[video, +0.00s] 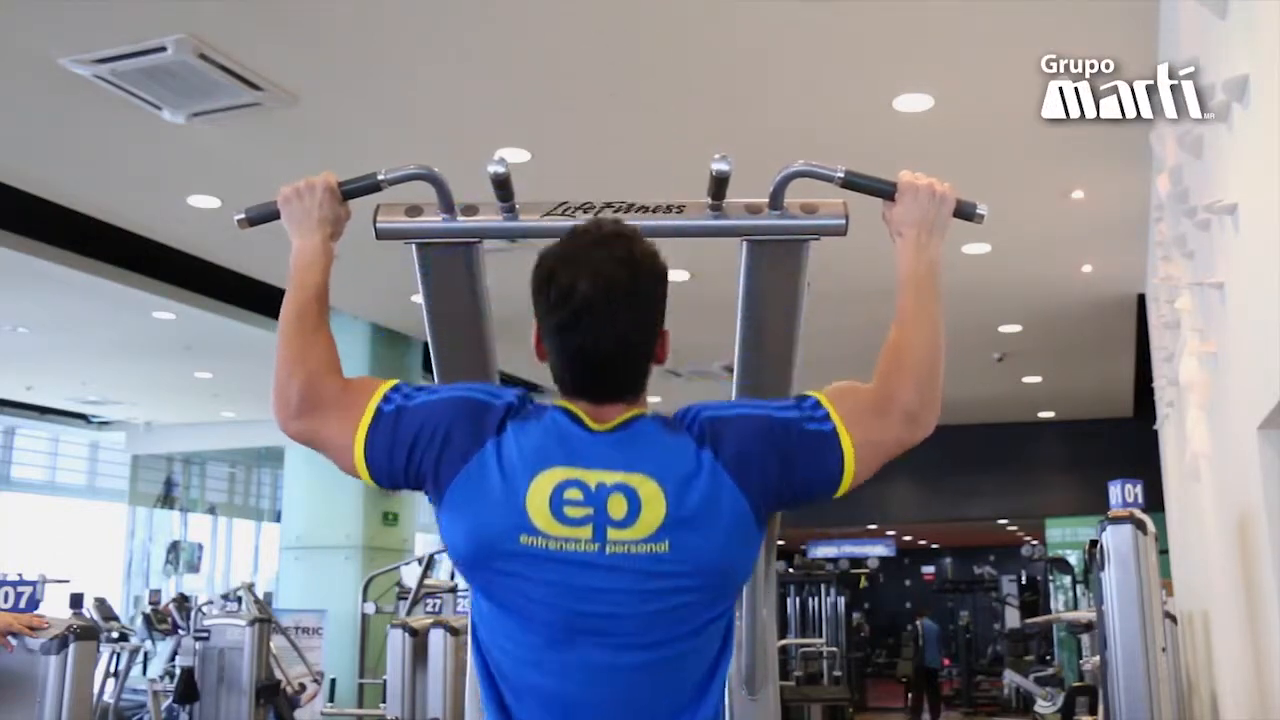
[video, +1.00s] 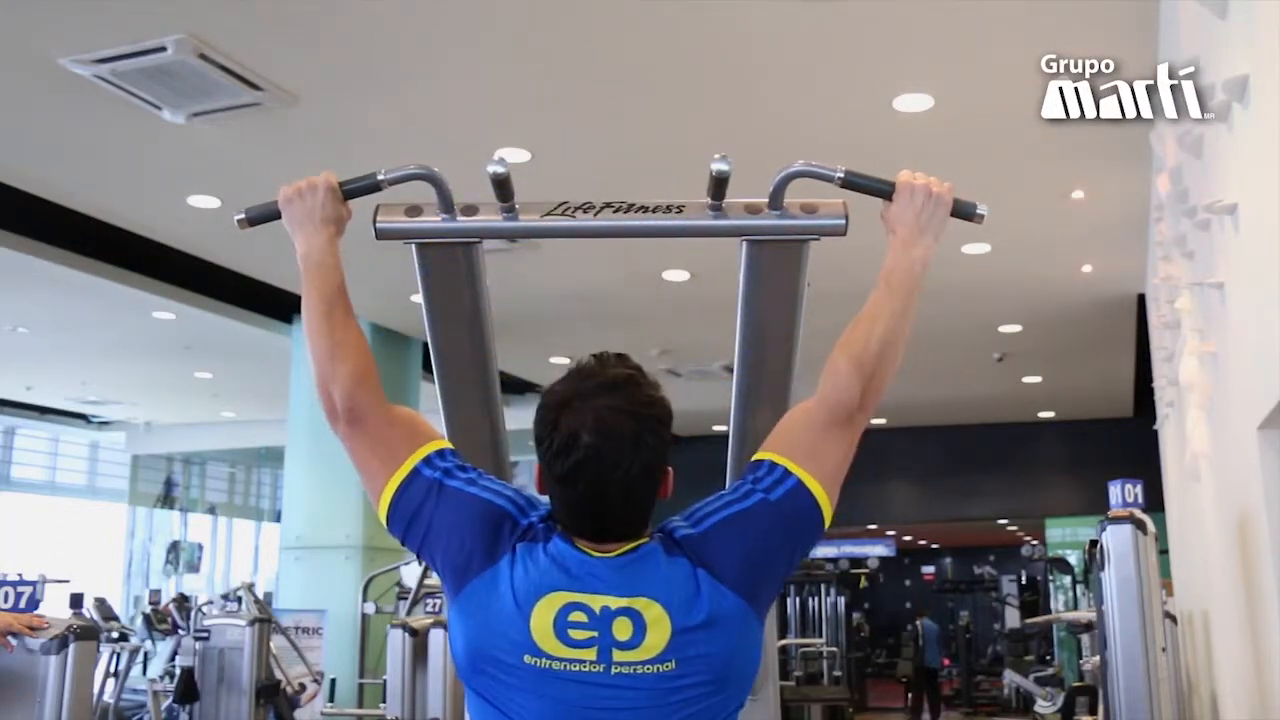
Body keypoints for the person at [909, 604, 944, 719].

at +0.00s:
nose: (916, 618)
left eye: (916, 616)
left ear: (917, 615)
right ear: (928, 614)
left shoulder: (917, 625)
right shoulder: (935, 627)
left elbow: (917, 644)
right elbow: (938, 645)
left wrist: (914, 659)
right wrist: (939, 659)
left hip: (921, 664)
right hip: (934, 664)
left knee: (918, 692)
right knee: (933, 691)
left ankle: (916, 715)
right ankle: (935, 715)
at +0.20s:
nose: (916, 618)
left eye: (916, 616)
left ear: (917, 615)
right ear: (928, 614)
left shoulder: (917, 625)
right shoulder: (935, 627)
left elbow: (917, 644)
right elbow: (938, 645)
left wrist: (914, 659)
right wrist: (939, 659)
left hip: (921, 664)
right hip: (934, 664)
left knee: (918, 692)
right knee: (933, 691)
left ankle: (916, 715)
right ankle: (935, 715)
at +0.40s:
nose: (916, 618)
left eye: (916, 616)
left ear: (917, 615)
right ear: (927, 614)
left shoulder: (917, 625)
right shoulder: (935, 627)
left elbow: (916, 644)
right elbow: (938, 645)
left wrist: (914, 659)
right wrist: (939, 659)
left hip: (921, 664)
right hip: (934, 664)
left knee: (918, 692)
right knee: (933, 692)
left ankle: (916, 715)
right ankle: (935, 715)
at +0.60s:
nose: (916, 618)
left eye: (916, 616)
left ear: (917, 615)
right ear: (927, 614)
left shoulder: (917, 625)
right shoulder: (935, 627)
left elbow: (916, 644)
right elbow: (938, 645)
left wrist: (914, 659)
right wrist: (939, 659)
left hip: (921, 664)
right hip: (934, 664)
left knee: (918, 692)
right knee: (933, 692)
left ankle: (916, 715)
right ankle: (935, 715)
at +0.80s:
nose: (916, 618)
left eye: (916, 616)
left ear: (917, 615)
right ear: (927, 614)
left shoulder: (917, 625)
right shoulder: (935, 627)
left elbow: (916, 645)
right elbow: (938, 645)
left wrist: (914, 659)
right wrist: (939, 660)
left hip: (921, 664)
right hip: (934, 664)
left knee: (917, 692)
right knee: (934, 692)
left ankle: (916, 715)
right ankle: (935, 715)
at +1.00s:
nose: (916, 619)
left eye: (916, 616)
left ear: (917, 615)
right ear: (928, 614)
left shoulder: (917, 626)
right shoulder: (935, 627)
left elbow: (916, 644)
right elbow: (939, 645)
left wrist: (914, 659)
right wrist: (939, 659)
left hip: (920, 664)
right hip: (934, 664)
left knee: (918, 692)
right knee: (933, 692)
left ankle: (916, 715)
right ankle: (935, 715)